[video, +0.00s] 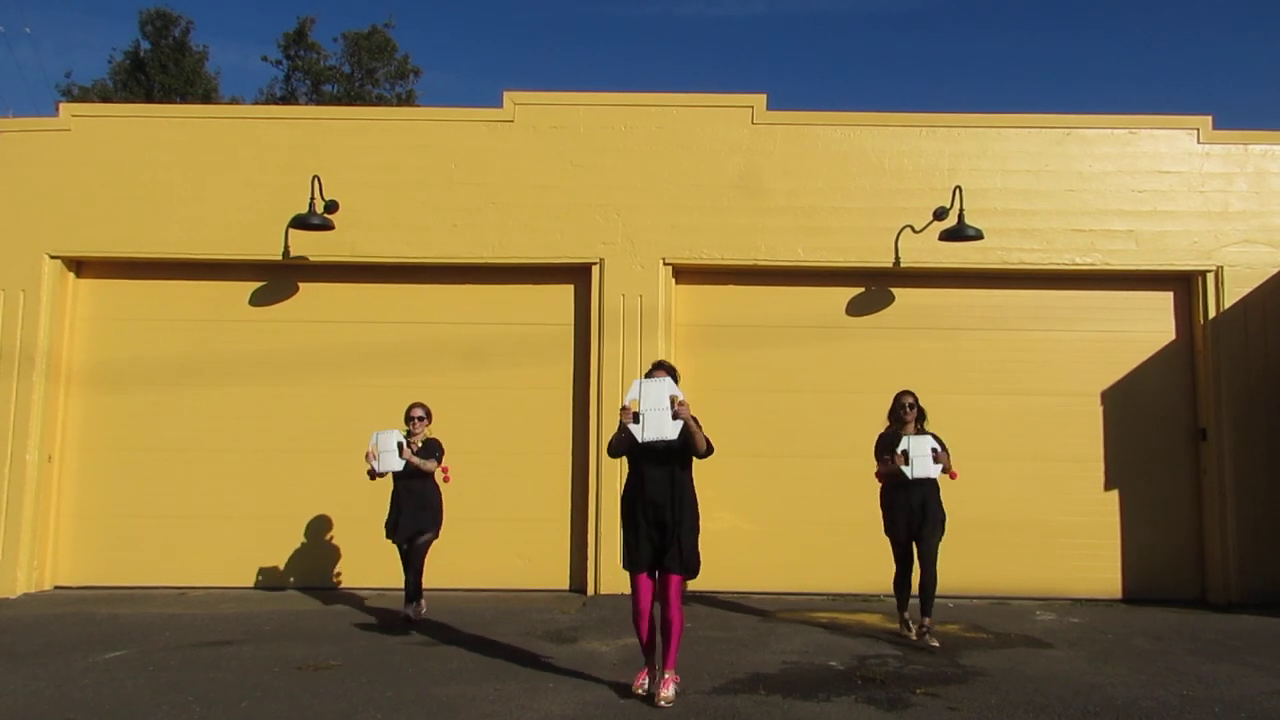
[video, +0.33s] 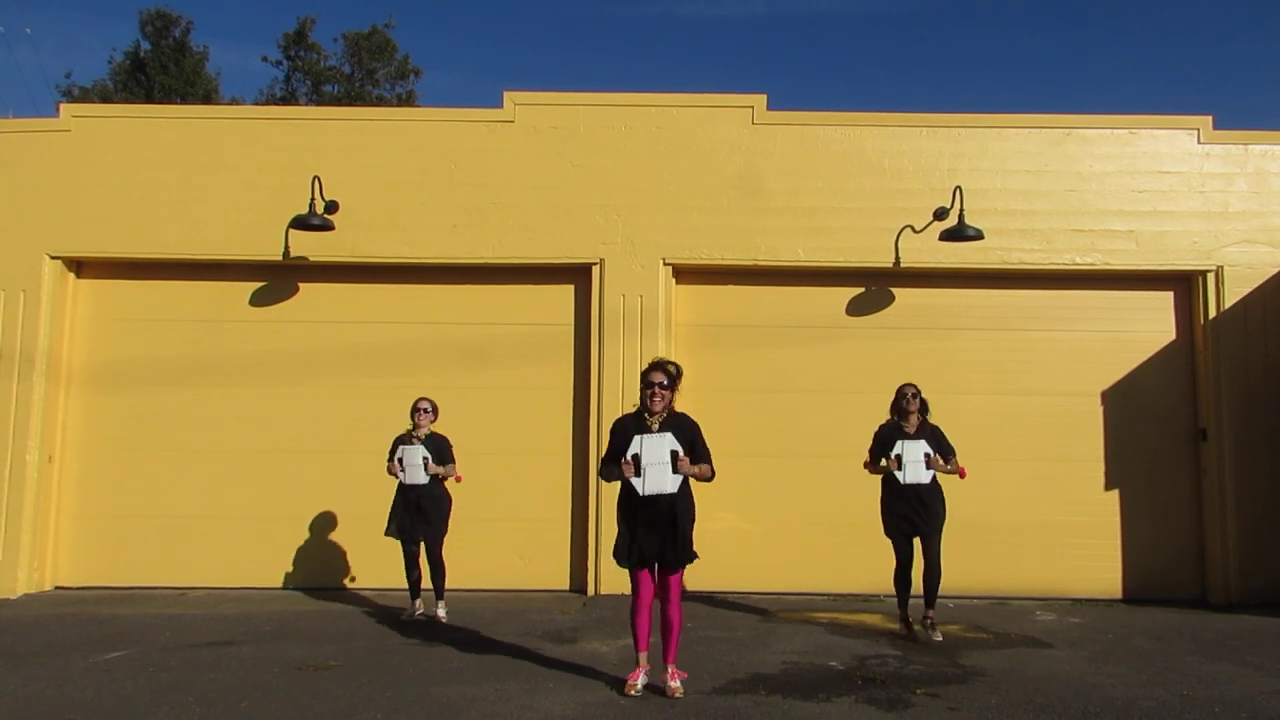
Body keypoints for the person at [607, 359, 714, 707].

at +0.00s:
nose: (659, 389)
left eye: (665, 384)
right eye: (653, 384)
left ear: (675, 389)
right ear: (644, 388)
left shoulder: (685, 423)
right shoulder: (636, 422)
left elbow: (703, 450)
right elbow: (614, 451)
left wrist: (687, 420)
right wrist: (625, 426)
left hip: (677, 519)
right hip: (639, 520)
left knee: (671, 600)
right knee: (641, 604)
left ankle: (669, 673)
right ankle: (649, 666)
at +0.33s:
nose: (655, 391)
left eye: (662, 386)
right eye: (649, 385)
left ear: (673, 391)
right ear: (642, 388)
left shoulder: (686, 426)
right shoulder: (625, 426)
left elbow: (708, 471)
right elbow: (605, 470)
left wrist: (690, 468)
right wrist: (621, 470)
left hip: (675, 524)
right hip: (637, 524)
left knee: (671, 595)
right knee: (642, 594)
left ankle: (671, 669)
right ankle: (641, 668)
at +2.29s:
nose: (647, 392)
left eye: (654, 387)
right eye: (642, 386)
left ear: (667, 391)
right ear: (636, 389)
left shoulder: (681, 427)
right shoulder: (619, 426)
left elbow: (701, 475)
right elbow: (600, 474)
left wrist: (686, 468)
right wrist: (617, 469)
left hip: (672, 525)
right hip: (630, 525)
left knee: (677, 598)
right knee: (626, 598)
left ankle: (684, 671)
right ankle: (616, 670)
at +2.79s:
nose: (653, 416)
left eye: (660, 411)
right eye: (647, 411)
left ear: (672, 415)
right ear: (640, 415)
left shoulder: (681, 447)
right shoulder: (631, 449)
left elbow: (702, 482)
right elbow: (623, 482)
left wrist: (704, 458)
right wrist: (638, 469)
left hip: (679, 540)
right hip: (636, 541)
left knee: (701, 613)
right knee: (621, 614)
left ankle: (724, 683)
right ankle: (600, 679)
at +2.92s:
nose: (660, 393)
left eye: (667, 388)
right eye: (655, 388)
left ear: (678, 392)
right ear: (647, 393)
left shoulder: (694, 423)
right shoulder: (638, 430)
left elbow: (736, 433)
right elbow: (626, 469)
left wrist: (741, 399)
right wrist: (608, 476)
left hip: (689, 522)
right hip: (647, 523)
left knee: (707, 593)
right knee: (628, 592)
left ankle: (728, 668)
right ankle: (608, 658)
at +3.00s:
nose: (665, 394)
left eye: (672, 389)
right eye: (660, 389)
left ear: (686, 392)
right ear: (653, 392)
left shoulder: (704, 417)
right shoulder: (647, 427)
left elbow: (741, 395)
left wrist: (755, 362)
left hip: (696, 515)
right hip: (654, 516)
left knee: (713, 594)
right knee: (636, 592)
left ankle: (731, 668)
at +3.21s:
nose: (684, 408)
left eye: (688, 402)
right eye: (677, 403)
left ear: (694, 402)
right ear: (665, 405)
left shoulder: (707, 427)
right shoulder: (654, 441)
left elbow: (736, 399)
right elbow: (629, 479)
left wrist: (732, 364)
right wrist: (600, 502)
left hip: (703, 526)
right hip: (661, 527)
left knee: (724, 600)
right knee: (634, 592)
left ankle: (737, 668)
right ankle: (626, 598)